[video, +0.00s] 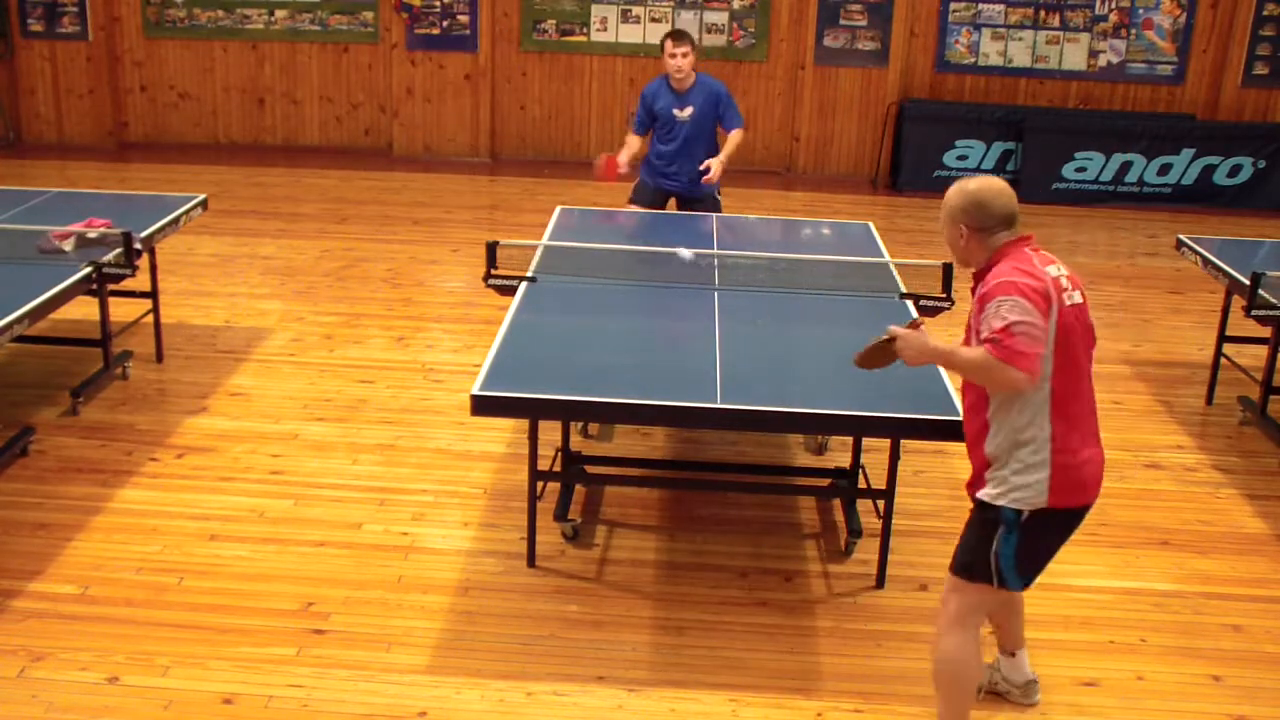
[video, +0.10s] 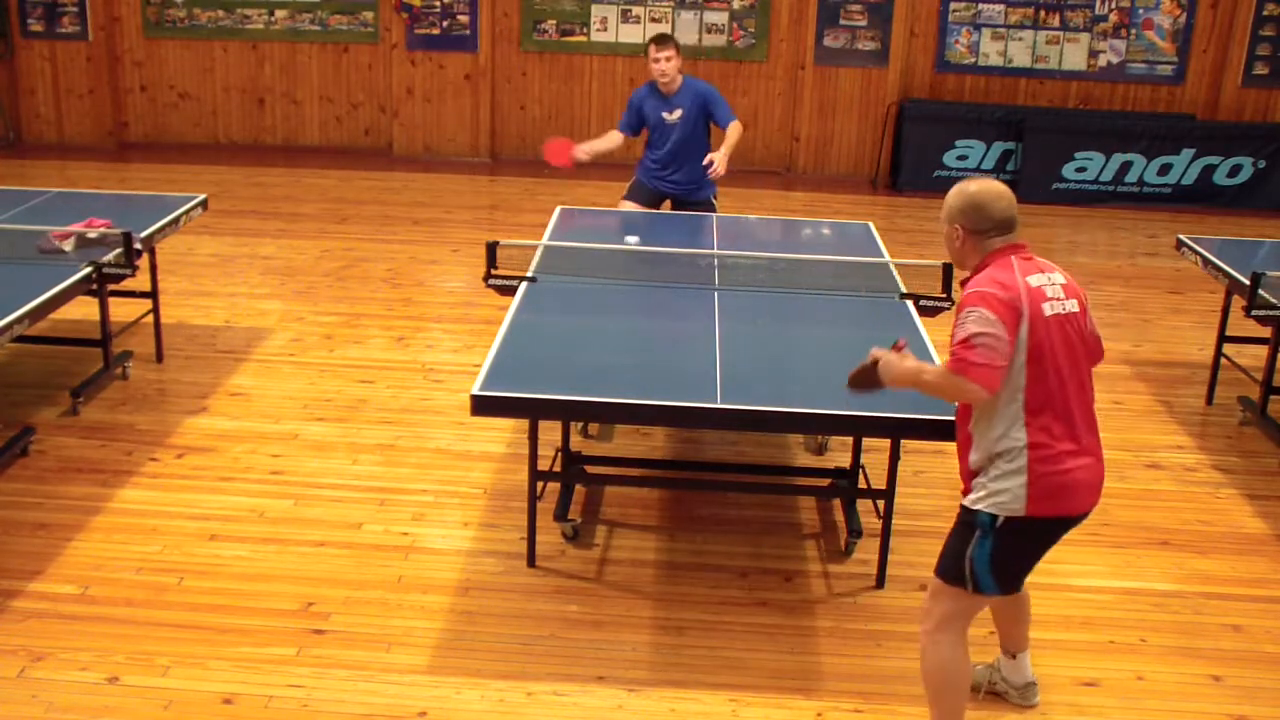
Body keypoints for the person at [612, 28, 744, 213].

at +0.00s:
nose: (678, 62)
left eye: (685, 55)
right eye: (672, 56)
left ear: (694, 57)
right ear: (663, 59)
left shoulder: (714, 91)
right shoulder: (652, 92)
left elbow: (736, 129)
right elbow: (638, 132)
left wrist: (721, 159)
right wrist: (625, 154)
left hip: (698, 180)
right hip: (656, 178)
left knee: (709, 238)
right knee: (629, 226)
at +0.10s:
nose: (662, 67)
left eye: (668, 60)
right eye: (656, 61)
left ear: (679, 61)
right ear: (649, 64)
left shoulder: (702, 92)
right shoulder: (642, 97)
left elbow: (734, 126)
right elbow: (621, 133)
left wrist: (723, 153)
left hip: (694, 182)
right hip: (652, 178)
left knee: (702, 244)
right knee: (621, 224)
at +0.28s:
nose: (614, 78)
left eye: (621, 70)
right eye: (609, 72)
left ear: (636, 68)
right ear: (604, 74)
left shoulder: (663, 93)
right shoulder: (607, 103)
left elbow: (708, 103)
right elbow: (575, 131)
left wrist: (727, 125)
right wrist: (532, 126)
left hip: (677, 185)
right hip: (635, 183)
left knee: (684, 247)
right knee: (609, 236)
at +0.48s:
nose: (555, 113)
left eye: (560, 106)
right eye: (550, 108)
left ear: (579, 102)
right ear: (547, 110)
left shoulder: (610, 117)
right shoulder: (554, 140)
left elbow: (662, 113)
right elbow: (532, 182)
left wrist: (703, 121)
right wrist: (494, 178)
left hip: (642, 201)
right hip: (595, 204)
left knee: (657, 259)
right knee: (572, 253)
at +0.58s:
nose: (543, 133)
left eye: (548, 125)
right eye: (537, 127)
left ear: (563, 124)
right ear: (531, 129)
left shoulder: (592, 133)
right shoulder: (537, 166)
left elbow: (643, 124)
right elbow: (528, 210)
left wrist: (686, 128)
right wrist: (504, 225)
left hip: (632, 207)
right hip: (588, 215)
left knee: (646, 259)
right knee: (585, 263)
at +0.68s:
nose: (540, 147)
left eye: (545, 139)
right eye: (533, 141)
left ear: (557, 137)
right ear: (525, 145)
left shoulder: (585, 143)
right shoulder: (533, 183)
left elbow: (632, 129)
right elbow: (529, 230)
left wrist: (677, 133)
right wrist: (515, 248)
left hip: (624, 209)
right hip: (584, 219)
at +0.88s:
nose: (556, 131)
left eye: (560, 123)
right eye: (548, 126)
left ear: (568, 121)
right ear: (536, 130)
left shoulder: (591, 133)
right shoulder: (535, 167)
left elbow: (635, 131)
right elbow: (527, 214)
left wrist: (674, 140)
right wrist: (515, 248)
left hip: (617, 206)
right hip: (572, 212)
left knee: (634, 254)